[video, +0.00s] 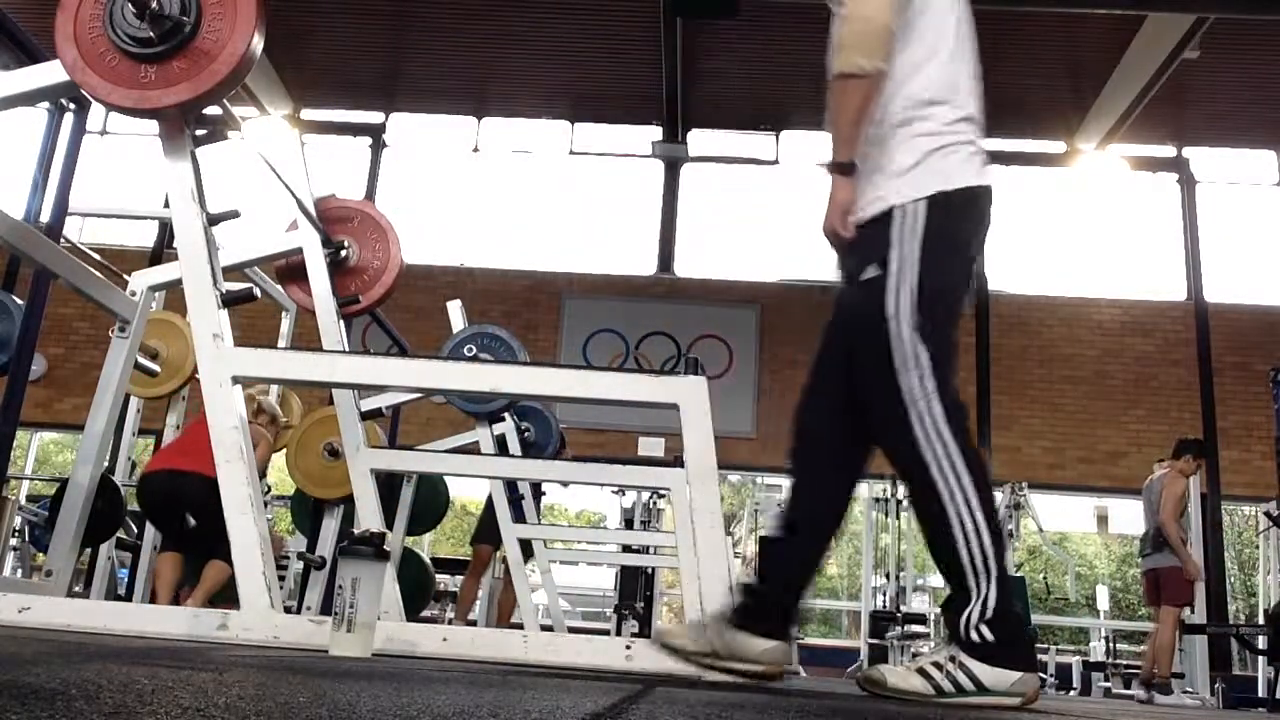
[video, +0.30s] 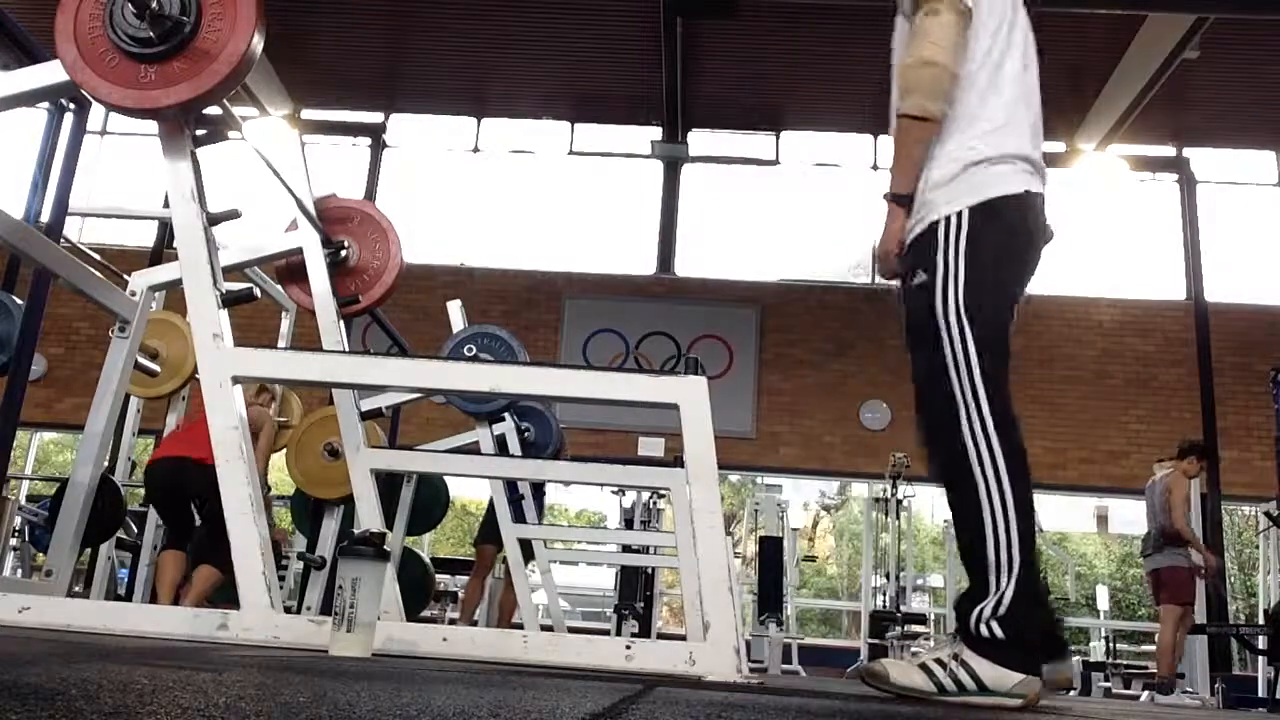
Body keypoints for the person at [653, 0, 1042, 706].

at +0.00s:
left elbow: (863, 32)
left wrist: (842, 167)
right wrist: (867, 182)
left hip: (921, 179)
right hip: (896, 188)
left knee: (912, 402)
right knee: (832, 415)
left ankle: (997, 649)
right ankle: (760, 624)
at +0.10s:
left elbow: (897, 37)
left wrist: (863, 182)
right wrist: (893, 195)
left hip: (948, 176)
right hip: (921, 187)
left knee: (948, 405)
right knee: (853, 410)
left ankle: (998, 648)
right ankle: (867, 625)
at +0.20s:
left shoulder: (937, 3)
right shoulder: (931, 12)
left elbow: (920, 54)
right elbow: (932, 72)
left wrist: (885, 195)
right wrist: (896, 205)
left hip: (970, 184)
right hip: (937, 196)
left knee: (958, 401)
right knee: (890, 414)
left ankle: (999, 650)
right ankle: (975, 632)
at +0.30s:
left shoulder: (945, 3)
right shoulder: (988, 18)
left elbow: (928, 66)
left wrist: (898, 205)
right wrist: (917, 213)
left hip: (969, 197)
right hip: (993, 199)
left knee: (964, 419)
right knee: (976, 419)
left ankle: (999, 648)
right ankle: (1033, 643)